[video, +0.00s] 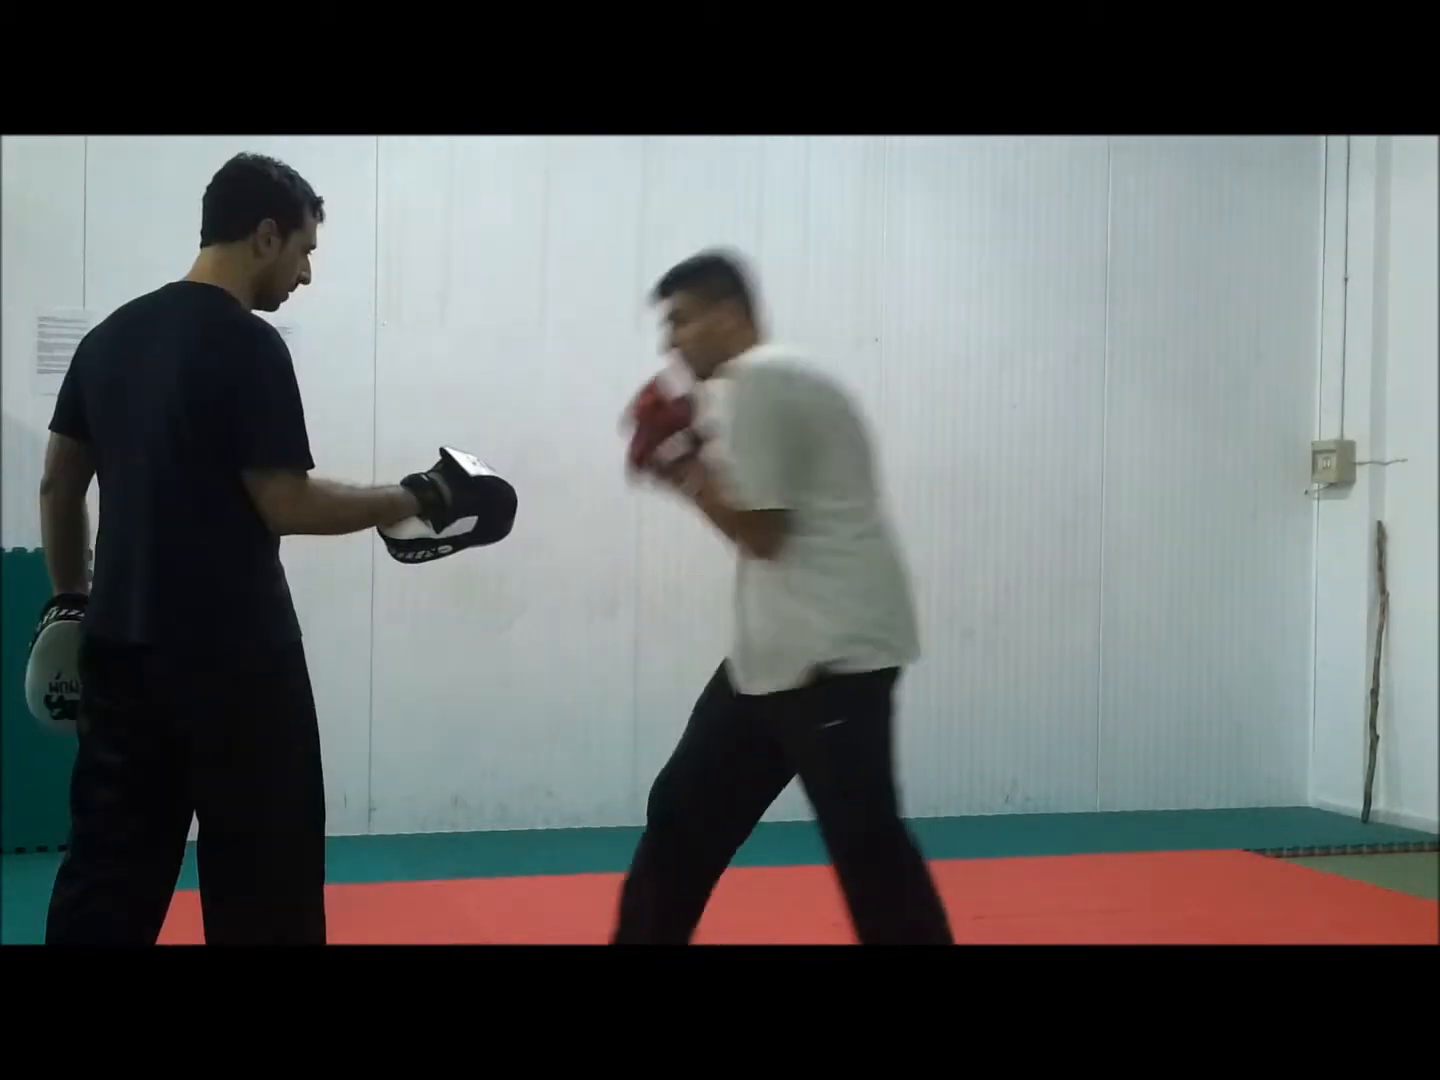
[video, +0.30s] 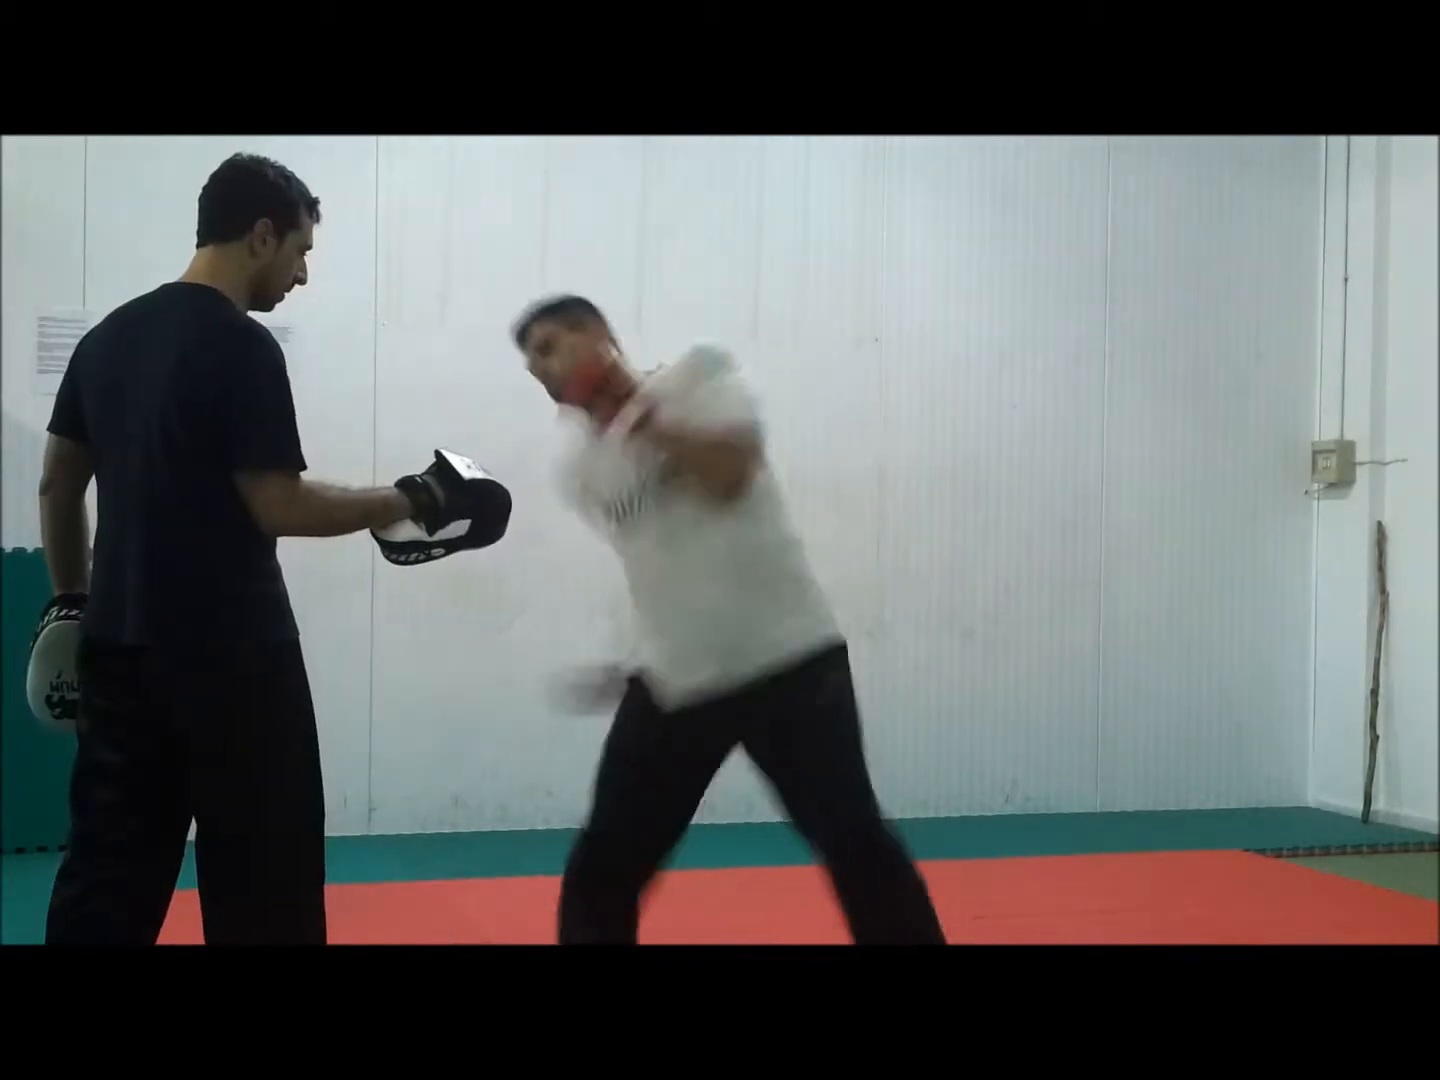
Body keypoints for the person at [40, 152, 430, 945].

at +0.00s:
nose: (306, 272)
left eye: (311, 252)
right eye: (306, 249)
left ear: (216, 233)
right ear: (266, 235)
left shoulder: (110, 337)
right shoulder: (251, 345)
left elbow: (61, 487)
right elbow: (286, 502)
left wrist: (68, 607)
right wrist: (410, 499)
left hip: (122, 654)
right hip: (239, 657)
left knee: (106, 882)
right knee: (267, 888)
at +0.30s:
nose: (304, 273)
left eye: (308, 253)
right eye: (303, 249)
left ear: (213, 232)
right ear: (261, 233)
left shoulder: (107, 338)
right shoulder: (244, 347)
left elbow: (60, 488)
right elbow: (281, 507)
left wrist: (68, 608)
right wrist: (407, 499)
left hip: (121, 660)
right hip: (237, 663)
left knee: (104, 887)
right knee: (267, 895)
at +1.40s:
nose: (313, 270)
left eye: (315, 249)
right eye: (309, 245)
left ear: (241, 234)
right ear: (263, 234)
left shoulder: (108, 339)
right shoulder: (243, 353)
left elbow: (67, 491)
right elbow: (285, 508)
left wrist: (64, 607)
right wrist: (421, 492)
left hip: (121, 653)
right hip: (238, 660)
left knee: (108, 876)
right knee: (268, 885)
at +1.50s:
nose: (310, 270)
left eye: (314, 250)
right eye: (308, 246)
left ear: (218, 232)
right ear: (263, 233)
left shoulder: (108, 339)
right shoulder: (246, 353)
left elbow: (65, 487)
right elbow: (284, 510)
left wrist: (64, 603)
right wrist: (420, 492)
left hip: (122, 656)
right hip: (238, 663)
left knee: (106, 881)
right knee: (267, 888)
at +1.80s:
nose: (306, 270)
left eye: (309, 250)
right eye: (304, 246)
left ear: (216, 231)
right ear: (259, 231)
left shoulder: (108, 339)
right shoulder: (244, 351)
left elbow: (66, 488)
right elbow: (282, 507)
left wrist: (74, 605)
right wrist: (420, 489)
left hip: (124, 660)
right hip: (239, 664)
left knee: (106, 883)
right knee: (267, 889)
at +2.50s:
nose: (293, 262)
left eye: (294, 242)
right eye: (285, 239)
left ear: (223, 231)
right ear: (231, 227)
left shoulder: (120, 332)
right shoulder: (192, 336)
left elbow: (83, 490)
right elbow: (227, 493)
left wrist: (95, 612)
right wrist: (371, 471)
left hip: (127, 654)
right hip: (216, 657)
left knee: (115, 875)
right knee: (259, 885)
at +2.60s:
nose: (300, 267)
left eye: (302, 247)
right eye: (293, 244)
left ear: (223, 231)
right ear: (239, 230)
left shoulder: (130, 327)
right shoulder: (196, 336)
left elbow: (88, 478)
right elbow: (220, 496)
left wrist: (117, 582)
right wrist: (364, 477)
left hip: (125, 641)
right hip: (210, 647)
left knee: (119, 867)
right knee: (255, 874)